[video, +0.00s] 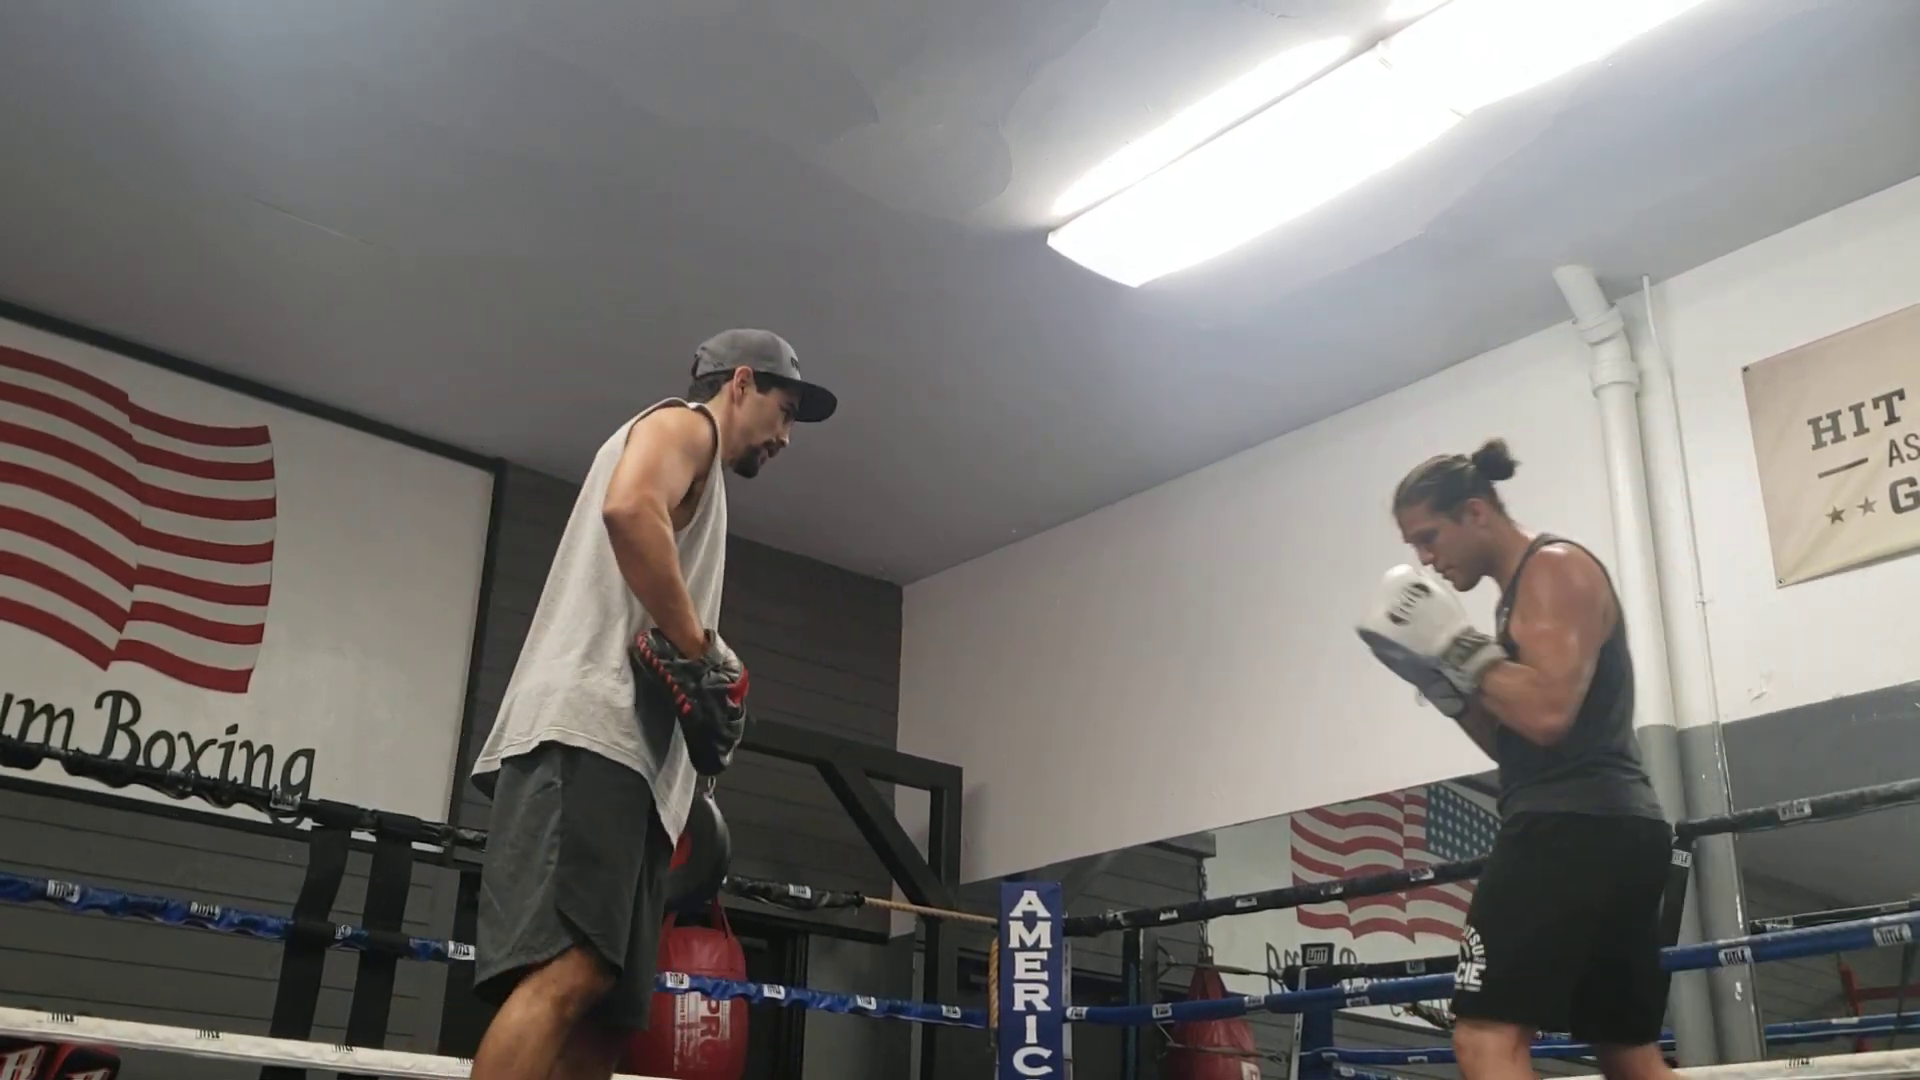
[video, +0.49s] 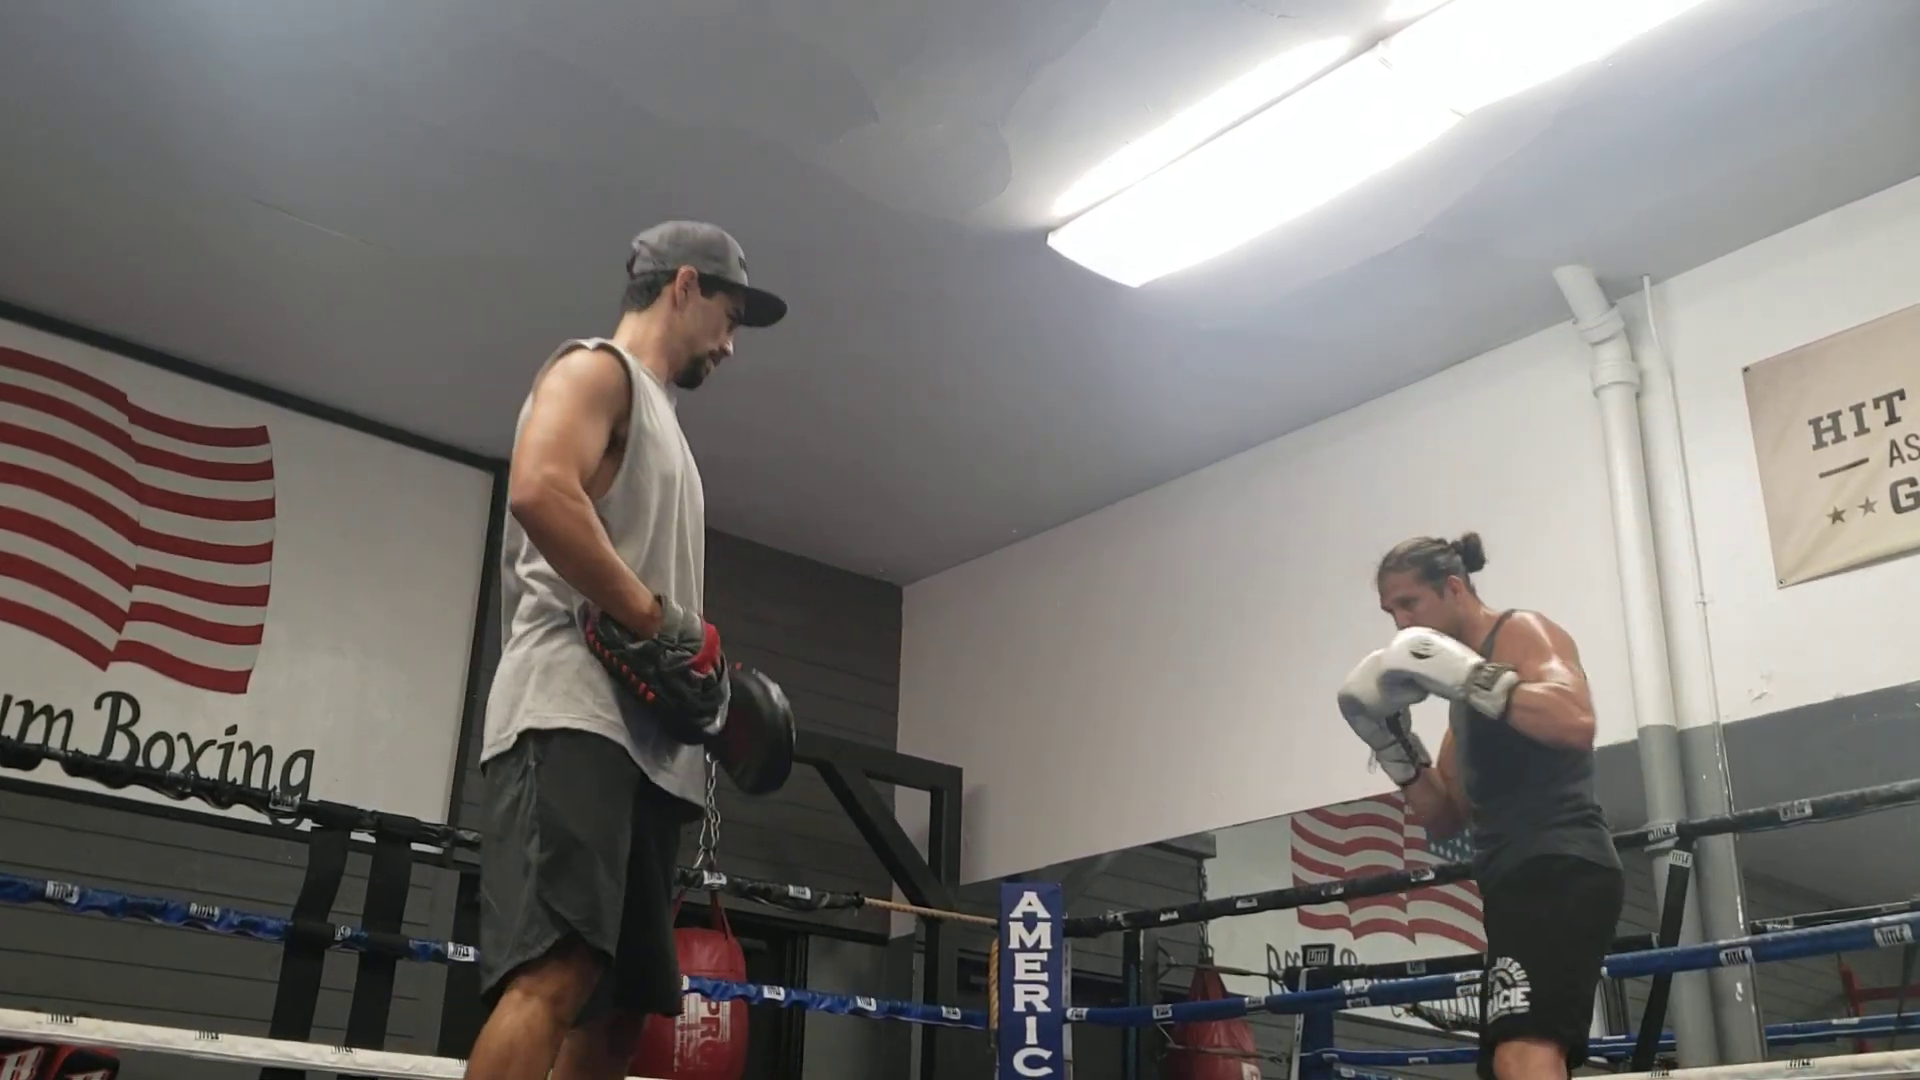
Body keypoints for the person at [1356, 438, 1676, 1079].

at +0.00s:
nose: (1425, 559)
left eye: (1428, 538)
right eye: (1415, 547)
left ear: (1477, 512)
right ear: (1476, 516)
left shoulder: (1557, 567)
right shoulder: (1516, 601)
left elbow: (1549, 714)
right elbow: (1518, 749)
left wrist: (1458, 642)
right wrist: (1448, 689)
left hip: (1566, 828)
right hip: (1619, 829)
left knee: (1487, 1039)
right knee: (1630, 1050)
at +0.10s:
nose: (1414, 563)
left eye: (1415, 542)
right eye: (1406, 551)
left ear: (1459, 516)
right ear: (1458, 520)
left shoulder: (1531, 566)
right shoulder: (1506, 594)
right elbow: (1472, 740)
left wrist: (1393, 592)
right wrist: (1400, 669)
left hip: (1549, 825)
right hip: (1603, 824)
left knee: (1484, 1041)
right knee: (1586, 1054)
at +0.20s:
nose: (1408, 571)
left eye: (1406, 552)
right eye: (1398, 560)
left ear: (1447, 523)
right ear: (1446, 526)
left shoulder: (1516, 562)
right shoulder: (1493, 612)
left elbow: (1411, 634)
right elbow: (1453, 749)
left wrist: (1365, 557)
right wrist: (1392, 674)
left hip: (1545, 828)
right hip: (1581, 829)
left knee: (1487, 1035)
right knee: (1562, 1051)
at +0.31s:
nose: (1406, 591)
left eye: (1407, 572)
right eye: (1397, 580)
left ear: (1443, 541)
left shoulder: (1509, 571)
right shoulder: (1478, 629)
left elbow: (1450, 644)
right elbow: (1461, 775)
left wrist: (1380, 584)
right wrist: (1396, 696)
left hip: (1543, 834)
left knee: (1497, 1043)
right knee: (1551, 1054)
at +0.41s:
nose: (1393, 608)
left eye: (1397, 587)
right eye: (1383, 596)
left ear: (1444, 566)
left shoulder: (1510, 600)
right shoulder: (1471, 654)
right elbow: (1468, 800)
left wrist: (1428, 643)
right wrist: (1405, 732)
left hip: (1548, 846)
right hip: (1523, 852)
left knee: (1514, 1049)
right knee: (1525, 1051)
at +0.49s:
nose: (1402, 625)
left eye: (1409, 605)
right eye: (1392, 613)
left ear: (1455, 588)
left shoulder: (1522, 629)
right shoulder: (1466, 697)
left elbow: (1577, 726)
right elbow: (1444, 819)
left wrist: (1469, 675)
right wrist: (1391, 741)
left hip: (1557, 866)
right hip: (1516, 877)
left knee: (1525, 1056)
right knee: (1514, 1059)